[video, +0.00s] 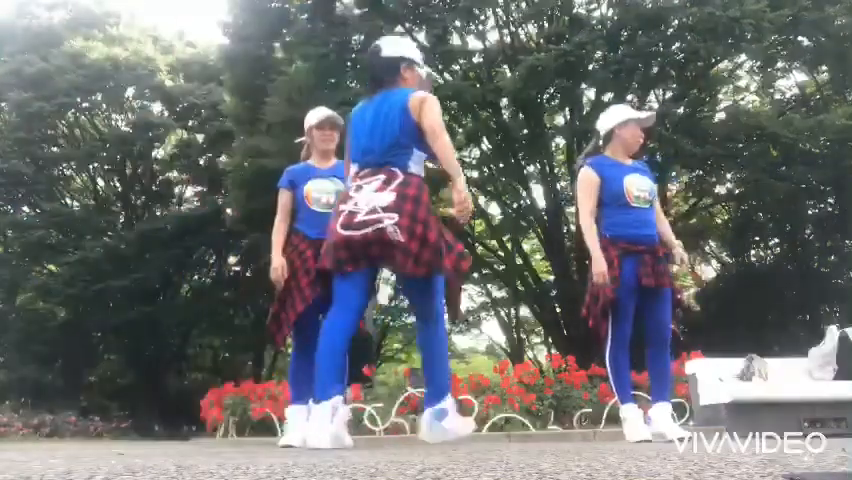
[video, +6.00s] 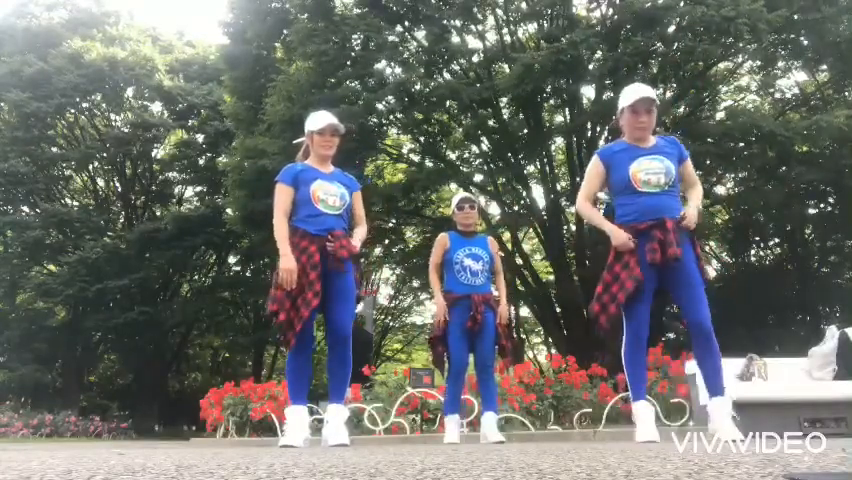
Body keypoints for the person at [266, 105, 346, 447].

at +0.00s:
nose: (328, 134)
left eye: (333, 129)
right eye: (321, 128)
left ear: (340, 134)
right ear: (309, 133)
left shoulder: (350, 171)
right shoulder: (294, 173)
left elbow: (359, 211)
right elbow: (282, 218)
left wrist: (357, 250)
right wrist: (277, 256)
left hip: (339, 251)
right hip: (303, 250)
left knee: (337, 328)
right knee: (304, 331)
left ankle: (332, 411)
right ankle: (298, 413)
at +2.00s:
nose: (349, 143)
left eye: (349, 138)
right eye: (343, 137)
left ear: (341, 141)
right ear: (326, 139)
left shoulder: (356, 182)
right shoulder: (299, 174)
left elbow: (364, 226)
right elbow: (281, 219)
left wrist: (370, 261)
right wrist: (286, 260)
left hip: (349, 257)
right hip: (309, 255)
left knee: (339, 338)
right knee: (306, 338)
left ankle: (336, 417)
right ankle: (297, 418)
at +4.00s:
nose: (345, 135)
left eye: (346, 131)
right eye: (338, 130)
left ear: (344, 137)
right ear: (320, 135)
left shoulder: (358, 175)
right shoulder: (297, 173)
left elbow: (362, 221)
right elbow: (284, 223)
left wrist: (360, 261)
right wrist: (291, 260)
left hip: (345, 257)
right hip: (307, 256)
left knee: (339, 341)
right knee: (306, 341)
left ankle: (336, 418)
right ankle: (297, 419)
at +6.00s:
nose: (328, 139)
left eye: (333, 134)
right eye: (322, 134)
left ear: (340, 139)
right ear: (309, 138)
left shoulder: (348, 180)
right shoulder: (293, 172)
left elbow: (361, 223)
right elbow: (280, 216)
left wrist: (353, 242)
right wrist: (285, 255)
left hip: (340, 254)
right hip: (303, 251)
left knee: (341, 331)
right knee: (302, 333)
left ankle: (336, 416)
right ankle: (297, 417)